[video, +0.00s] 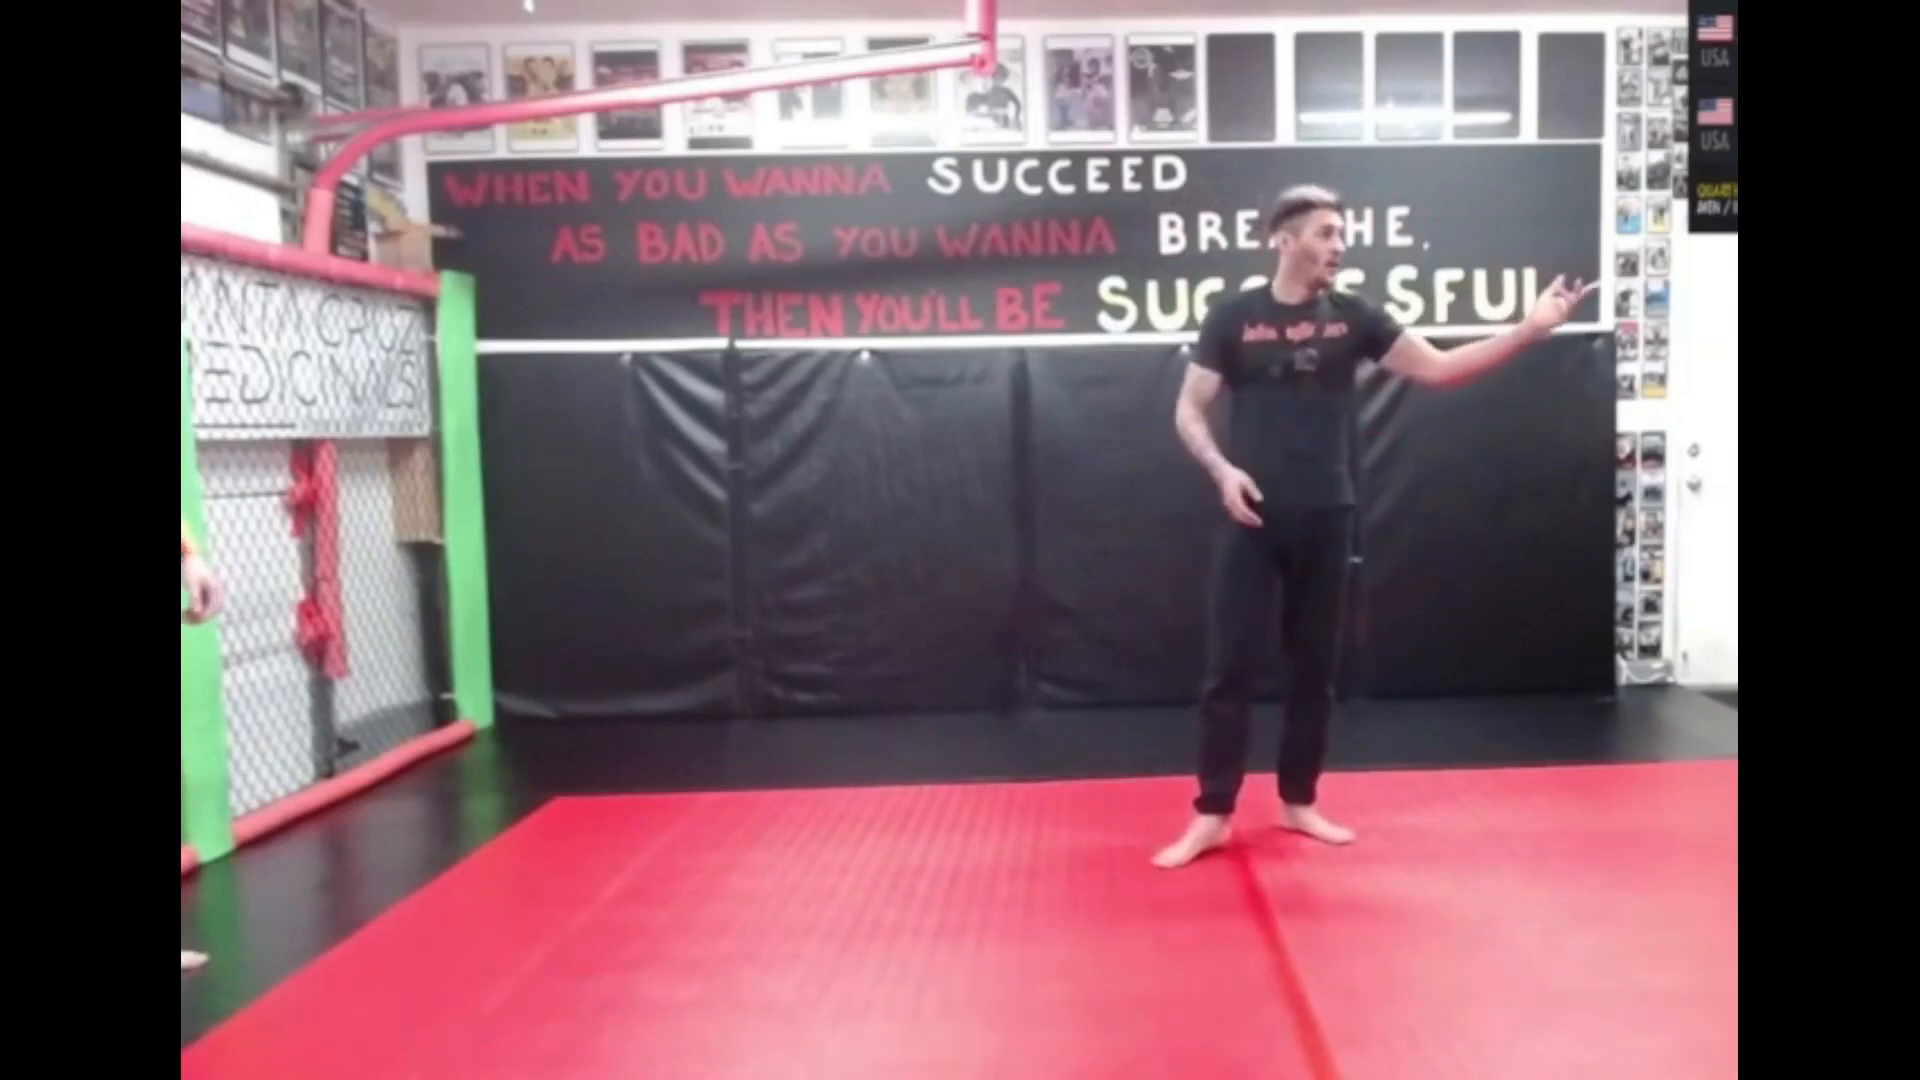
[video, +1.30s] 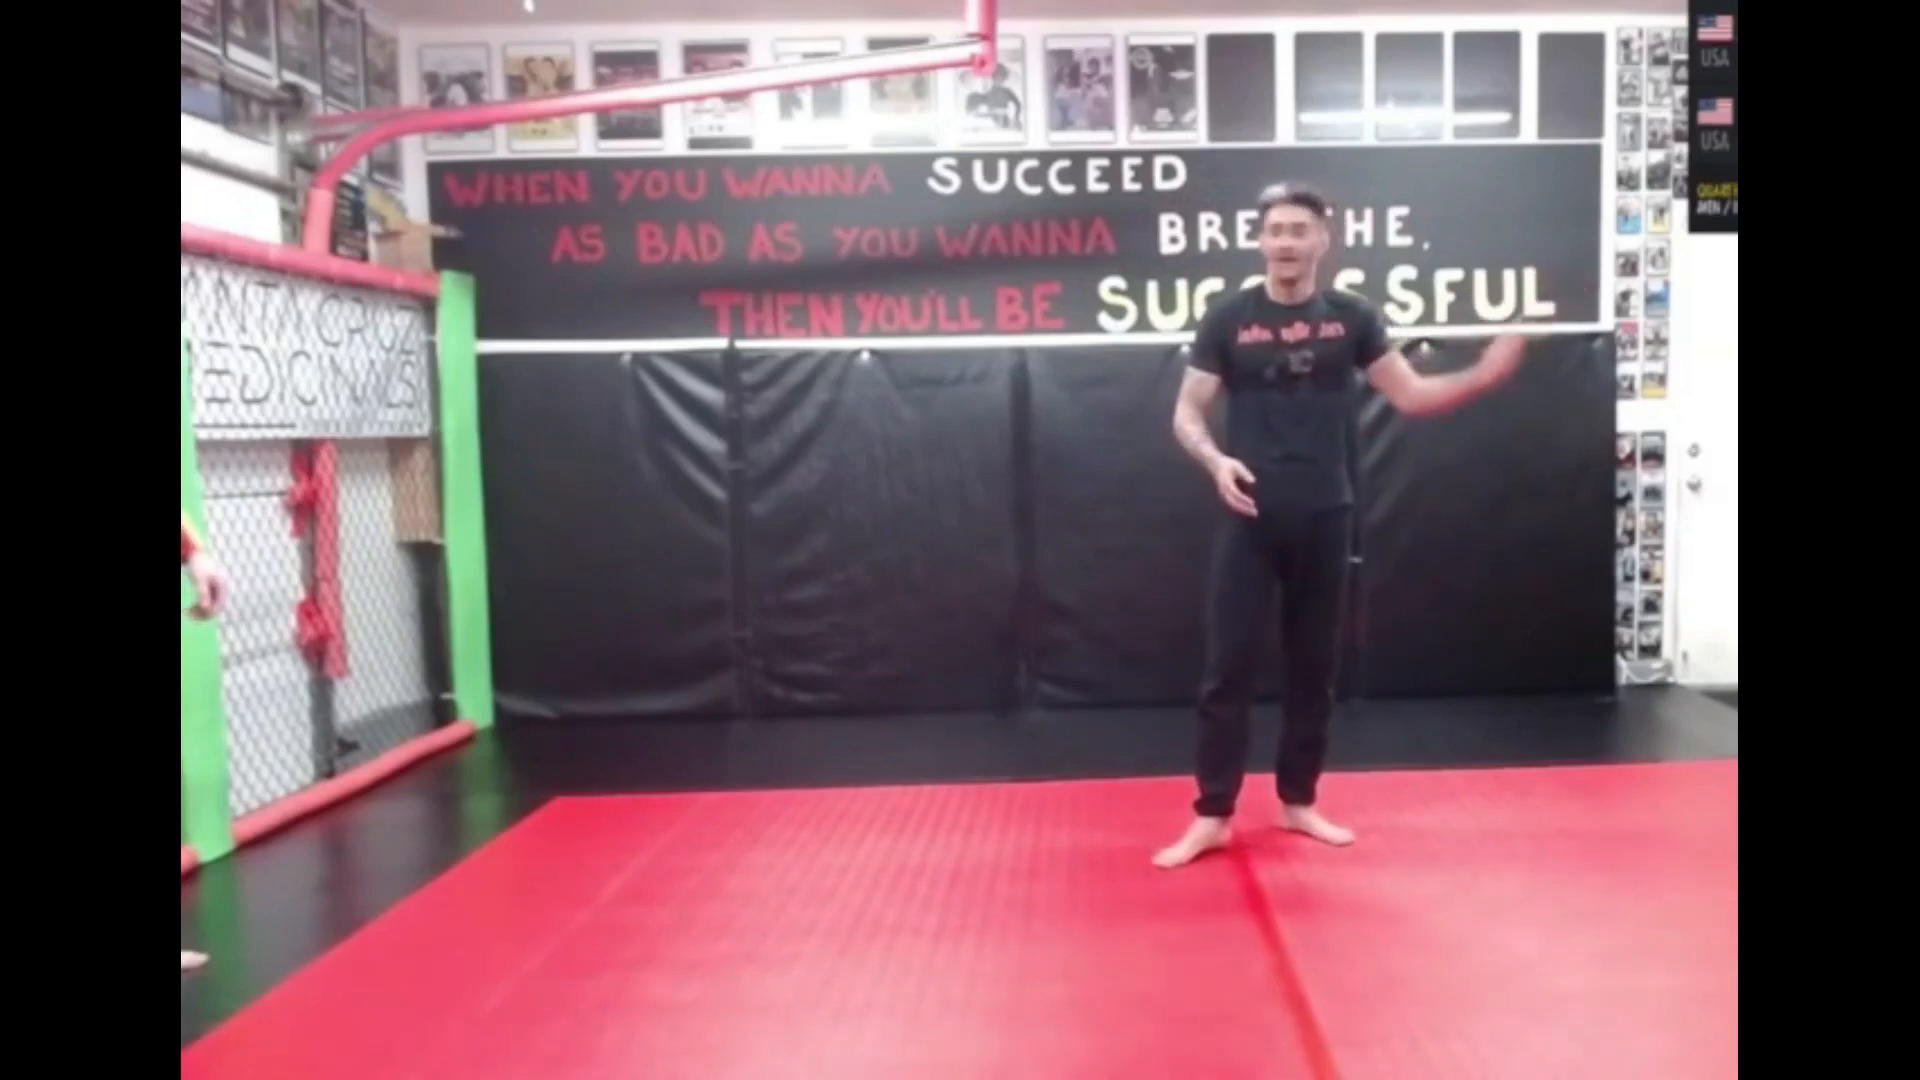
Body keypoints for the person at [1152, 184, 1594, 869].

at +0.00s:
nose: (1337, 246)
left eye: (1340, 235)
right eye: (1325, 233)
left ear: (1338, 246)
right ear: (1282, 240)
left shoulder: (1353, 315)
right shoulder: (1232, 317)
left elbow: (1439, 368)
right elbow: (1188, 412)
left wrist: (1530, 327)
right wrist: (1221, 470)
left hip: (1325, 518)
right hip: (1249, 517)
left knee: (1315, 666)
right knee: (1228, 666)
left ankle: (1298, 802)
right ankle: (1212, 814)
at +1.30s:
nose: (1286, 242)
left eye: (1300, 230)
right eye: (1275, 230)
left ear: (1325, 241)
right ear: (1259, 241)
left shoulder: (1351, 318)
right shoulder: (1230, 317)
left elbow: (1413, 395)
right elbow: (1187, 414)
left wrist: (1484, 374)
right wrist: (1215, 462)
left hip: (1325, 515)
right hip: (1250, 516)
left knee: (1314, 665)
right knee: (1226, 665)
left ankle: (1298, 801)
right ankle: (1212, 814)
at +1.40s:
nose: (1265, 245)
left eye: (1279, 233)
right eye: (1258, 233)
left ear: (1314, 241)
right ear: (1252, 242)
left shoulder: (1351, 318)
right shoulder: (1228, 318)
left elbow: (1395, 408)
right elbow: (1188, 411)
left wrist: (1443, 426)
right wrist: (1198, 453)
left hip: (1324, 515)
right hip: (1244, 515)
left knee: (1314, 664)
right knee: (1225, 663)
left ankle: (1297, 803)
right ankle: (1211, 815)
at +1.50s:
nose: (1251, 246)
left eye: (1264, 234)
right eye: (1248, 235)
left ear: (1306, 240)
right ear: (1247, 243)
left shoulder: (1349, 317)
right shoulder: (1230, 316)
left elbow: (1374, 414)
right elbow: (1186, 410)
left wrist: (1350, 471)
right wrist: (1135, 404)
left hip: (1319, 516)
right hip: (1244, 514)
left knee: (1311, 663)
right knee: (1223, 665)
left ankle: (1298, 801)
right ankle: (1211, 813)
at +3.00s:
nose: (1191, 248)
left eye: (1207, 237)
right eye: (1191, 236)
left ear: (1248, 250)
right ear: (1195, 247)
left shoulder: (1286, 332)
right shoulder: (1171, 328)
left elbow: (1324, 436)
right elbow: (1123, 413)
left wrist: (1285, 492)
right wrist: (1067, 447)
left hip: (1252, 530)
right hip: (1175, 525)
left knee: (1283, 672)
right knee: (1118, 655)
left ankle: (1296, 807)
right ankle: (1092, 819)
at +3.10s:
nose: (1179, 252)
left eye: (1195, 240)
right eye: (1181, 239)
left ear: (1235, 256)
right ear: (1188, 253)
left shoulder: (1269, 333)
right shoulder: (1160, 334)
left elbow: (1315, 437)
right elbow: (1114, 417)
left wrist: (1274, 497)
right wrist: (1055, 457)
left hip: (1243, 536)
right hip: (1169, 532)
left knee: (1279, 673)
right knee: (1104, 658)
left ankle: (1295, 807)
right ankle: (1059, 823)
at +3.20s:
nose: (1084, 261)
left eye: (1102, 252)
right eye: (1086, 250)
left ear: (1145, 271)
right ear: (1086, 271)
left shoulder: (1180, 353)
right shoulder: (1078, 362)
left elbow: (1251, 443)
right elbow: (1042, 434)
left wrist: (1200, 512)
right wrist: (973, 479)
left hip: (1175, 553)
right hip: (1099, 554)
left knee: (1235, 678)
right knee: (1032, 679)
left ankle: (1290, 807)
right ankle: (961, 837)